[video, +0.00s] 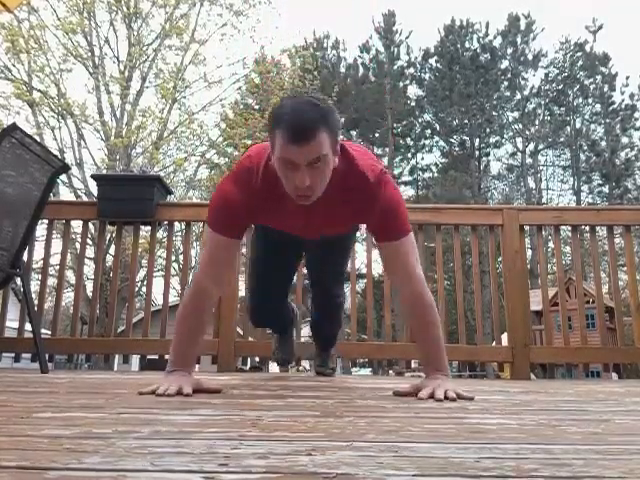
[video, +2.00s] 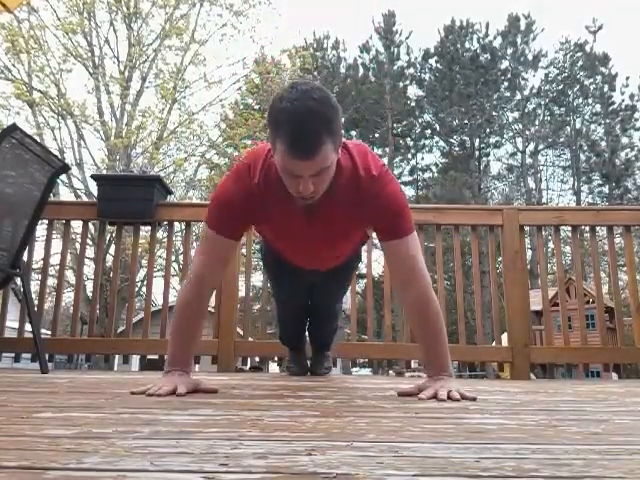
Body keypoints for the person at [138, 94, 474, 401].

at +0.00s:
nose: (303, 180)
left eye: (316, 164)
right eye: (289, 165)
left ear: (336, 148)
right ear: (272, 150)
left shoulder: (372, 183)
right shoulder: (243, 182)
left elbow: (410, 281)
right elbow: (206, 282)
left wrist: (437, 374)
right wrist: (180, 370)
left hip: (334, 230)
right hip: (275, 226)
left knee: (328, 301)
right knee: (263, 311)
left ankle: (325, 350)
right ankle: (285, 322)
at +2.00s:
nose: (306, 187)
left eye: (319, 173)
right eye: (293, 174)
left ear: (338, 148)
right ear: (272, 151)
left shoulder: (372, 183)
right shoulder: (243, 183)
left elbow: (413, 282)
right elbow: (199, 282)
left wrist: (440, 374)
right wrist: (177, 370)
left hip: (341, 252)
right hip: (282, 250)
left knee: (326, 313)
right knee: (290, 313)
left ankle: (321, 353)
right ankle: (295, 354)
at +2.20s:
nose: (303, 189)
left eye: (316, 175)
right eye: (289, 176)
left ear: (337, 151)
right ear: (270, 153)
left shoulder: (373, 184)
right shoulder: (241, 187)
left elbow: (415, 284)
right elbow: (197, 283)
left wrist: (440, 375)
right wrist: (169, 371)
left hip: (341, 253)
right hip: (282, 250)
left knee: (325, 317)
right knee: (291, 315)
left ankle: (322, 352)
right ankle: (295, 354)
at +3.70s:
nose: (294, 320)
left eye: (306, 310)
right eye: (279, 311)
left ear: (330, 274)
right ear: (256, 276)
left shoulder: (367, 265)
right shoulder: (230, 263)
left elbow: (443, 293)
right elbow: (165, 290)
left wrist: (444, 375)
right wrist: (165, 370)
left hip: (338, 332)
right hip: (270, 337)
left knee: (328, 348)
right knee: (287, 352)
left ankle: (324, 357)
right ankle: (297, 356)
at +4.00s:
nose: (299, 211)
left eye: (312, 198)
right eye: (286, 198)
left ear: (336, 170)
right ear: (267, 173)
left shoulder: (374, 197)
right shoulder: (239, 199)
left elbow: (419, 290)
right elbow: (194, 285)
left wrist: (441, 376)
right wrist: (168, 370)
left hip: (339, 295)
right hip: (279, 294)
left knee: (327, 333)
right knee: (291, 334)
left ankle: (323, 356)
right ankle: (296, 355)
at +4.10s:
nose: (300, 229)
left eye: (314, 217)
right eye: (286, 217)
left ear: (335, 186)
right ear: (267, 189)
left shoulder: (375, 211)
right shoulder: (236, 212)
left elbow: (430, 293)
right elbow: (184, 286)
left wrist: (442, 375)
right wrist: (167, 370)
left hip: (338, 306)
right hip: (282, 306)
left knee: (327, 337)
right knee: (293, 340)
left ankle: (322, 358)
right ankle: (297, 358)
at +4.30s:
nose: (297, 373)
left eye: (311, 360)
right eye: (282, 362)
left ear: (335, 314)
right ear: (258, 316)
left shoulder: (373, 286)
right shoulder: (236, 284)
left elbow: (447, 293)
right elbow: (165, 286)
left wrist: (443, 374)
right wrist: (165, 368)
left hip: (340, 365)